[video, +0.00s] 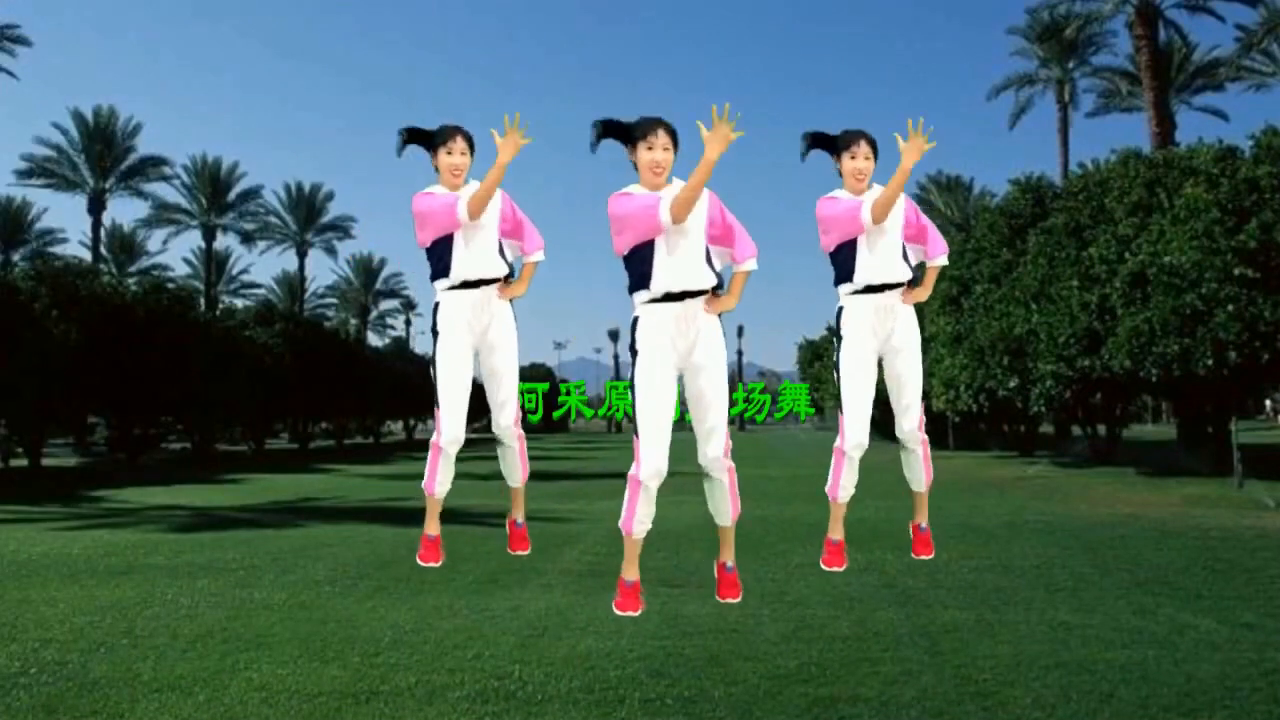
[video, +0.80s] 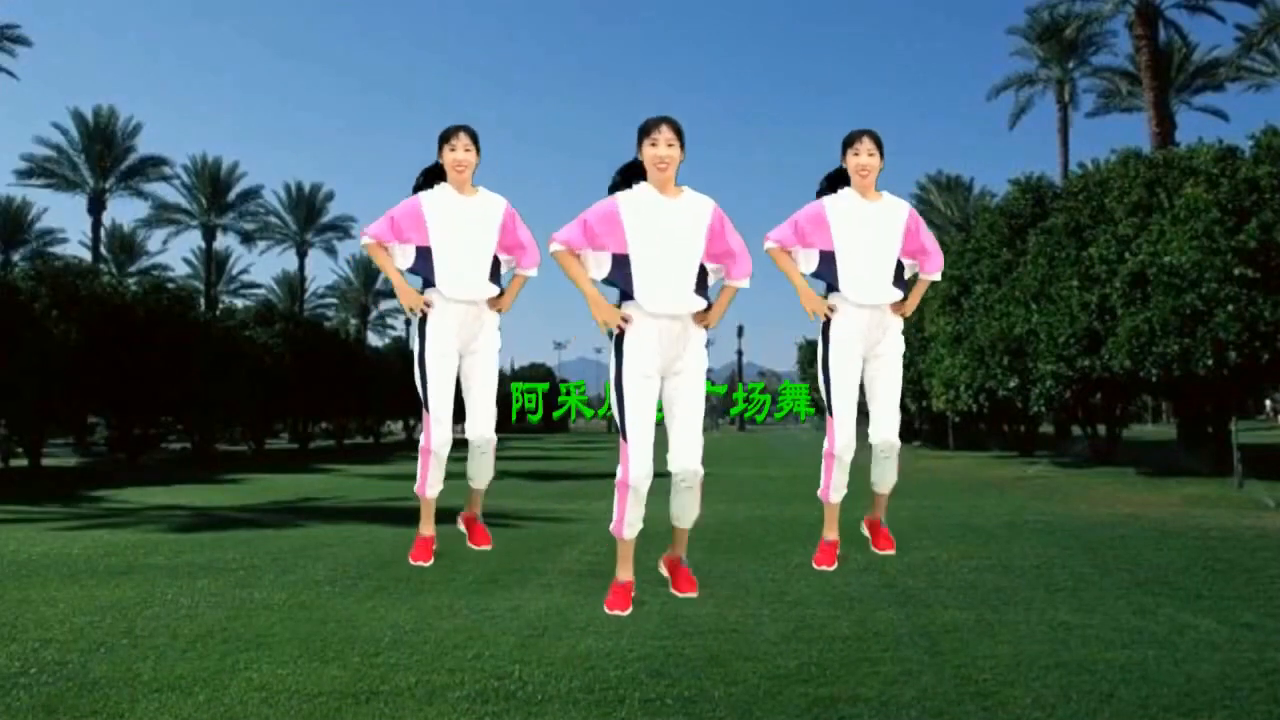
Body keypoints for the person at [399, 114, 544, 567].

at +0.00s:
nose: (457, 159)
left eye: (464, 153)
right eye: (449, 152)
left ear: (473, 160)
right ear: (434, 159)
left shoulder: (495, 198)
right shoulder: (426, 201)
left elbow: (532, 243)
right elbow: (472, 209)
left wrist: (521, 283)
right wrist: (502, 162)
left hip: (497, 304)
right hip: (454, 307)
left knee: (507, 421)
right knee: (451, 427)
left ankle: (517, 517)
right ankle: (431, 527)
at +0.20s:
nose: (463, 175)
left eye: (469, 169)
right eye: (455, 168)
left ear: (477, 176)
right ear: (440, 176)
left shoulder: (497, 218)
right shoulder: (433, 219)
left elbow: (539, 262)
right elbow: (478, 239)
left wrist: (521, 307)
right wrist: (534, 216)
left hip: (501, 333)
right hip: (457, 334)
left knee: (507, 437)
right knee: (458, 443)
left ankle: (516, 521)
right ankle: (431, 531)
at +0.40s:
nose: (459, 144)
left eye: (466, 137)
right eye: (451, 137)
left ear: (476, 144)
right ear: (438, 144)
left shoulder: (497, 189)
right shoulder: (427, 184)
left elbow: (528, 240)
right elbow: (445, 236)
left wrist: (512, 272)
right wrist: (492, 268)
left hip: (483, 300)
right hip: (439, 298)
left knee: (490, 417)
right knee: (434, 413)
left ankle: (482, 464)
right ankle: (423, 520)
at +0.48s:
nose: (457, 157)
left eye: (464, 150)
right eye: (449, 150)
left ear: (476, 156)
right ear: (435, 156)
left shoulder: (497, 202)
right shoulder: (423, 197)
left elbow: (526, 254)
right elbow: (427, 259)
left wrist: (504, 297)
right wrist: (467, 298)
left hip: (478, 313)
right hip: (434, 311)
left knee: (476, 430)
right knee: (430, 424)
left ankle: (461, 434)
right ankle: (424, 528)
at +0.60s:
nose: (453, 184)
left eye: (460, 177)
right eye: (445, 178)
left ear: (471, 184)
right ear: (434, 186)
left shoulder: (493, 234)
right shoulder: (424, 236)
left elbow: (519, 292)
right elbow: (387, 293)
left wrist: (496, 333)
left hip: (470, 343)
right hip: (427, 338)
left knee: (461, 455)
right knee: (427, 442)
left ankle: (430, 435)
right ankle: (424, 531)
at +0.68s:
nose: (454, 181)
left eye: (461, 174)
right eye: (446, 175)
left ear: (472, 181)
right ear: (435, 183)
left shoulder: (494, 231)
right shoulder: (424, 234)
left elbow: (520, 288)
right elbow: (374, 280)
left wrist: (497, 330)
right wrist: (392, 330)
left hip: (472, 342)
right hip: (430, 339)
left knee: (466, 453)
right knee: (429, 444)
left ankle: (432, 418)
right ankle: (424, 533)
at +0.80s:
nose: (461, 156)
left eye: (468, 149)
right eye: (453, 149)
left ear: (478, 158)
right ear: (441, 158)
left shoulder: (497, 207)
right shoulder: (422, 205)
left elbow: (530, 255)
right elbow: (372, 239)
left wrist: (506, 298)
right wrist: (402, 287)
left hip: (483, 319)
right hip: (438, 318)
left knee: (484, 428)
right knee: (438, 427)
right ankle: (426, 528)